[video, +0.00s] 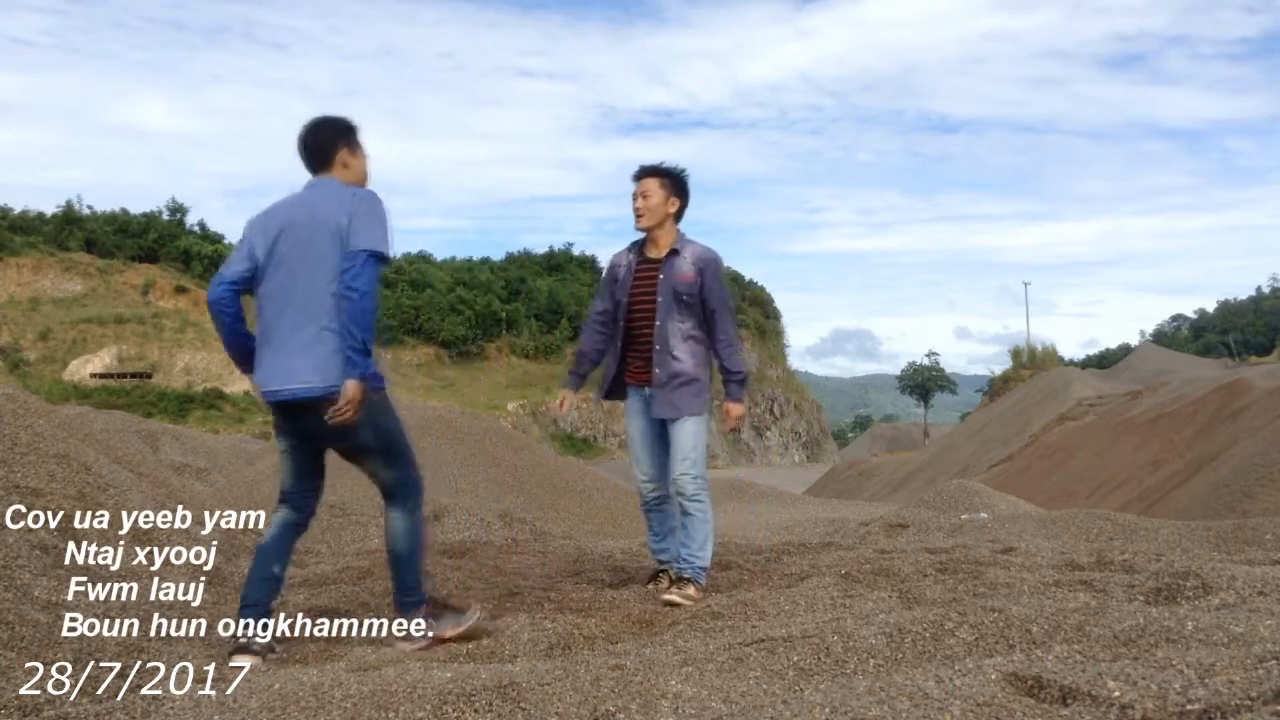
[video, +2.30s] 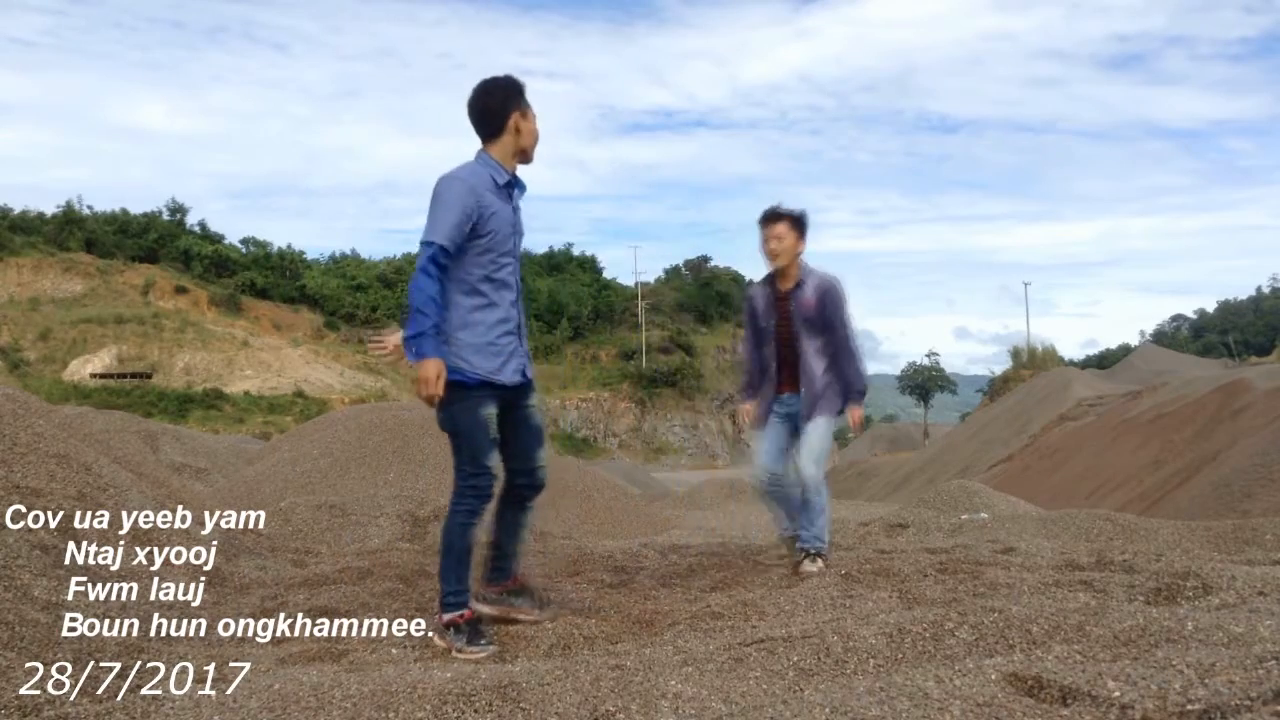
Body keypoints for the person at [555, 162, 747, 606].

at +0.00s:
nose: (636, 204)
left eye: (646, 197)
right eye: (635, 197)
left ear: (674, 204)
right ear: (637, 204)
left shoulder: (701, 261)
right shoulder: (621, 264)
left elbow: (723, 330)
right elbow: (598, 325)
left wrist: (735, 392)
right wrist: (574, 382)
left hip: (685, 391)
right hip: (637, 391)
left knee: (687, 483)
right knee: (650, 486)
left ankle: (691, 576)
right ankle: (666, 567)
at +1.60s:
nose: (686, 216)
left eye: (695, 208)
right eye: (682, 209)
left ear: (721, 210)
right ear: (679, 212)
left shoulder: (738, 265)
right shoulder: (672, 266)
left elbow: (727, 329)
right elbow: (646, 322)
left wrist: (704, 382)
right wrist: (623, 374)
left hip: (709, 395)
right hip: (662, 392)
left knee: (703, 484)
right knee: (643, 474)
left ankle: (692, 574)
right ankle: (690, 546)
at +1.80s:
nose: (722, 238)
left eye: (732, 231)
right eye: (719, 230)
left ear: (755, 240)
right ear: (714, 236)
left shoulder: (769, 296)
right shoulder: (695, 288)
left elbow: (774, 344)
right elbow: (659, 330)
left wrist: (745, 335)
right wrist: (628, 362)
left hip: (741, 403)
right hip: (697, 403)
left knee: (718, 474)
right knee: (693, 493)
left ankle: (702, 571)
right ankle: (739, 565)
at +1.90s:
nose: (729, 244)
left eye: (739, 237)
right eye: (726, 237)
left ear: (761, 247)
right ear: (720, 243)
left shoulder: (782, 300)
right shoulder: (705, 299)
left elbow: (801, 354)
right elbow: (675, 341)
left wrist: (775, 342)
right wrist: (645, 369)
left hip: (756, 404)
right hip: (712, 406)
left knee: (736, 466)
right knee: (697, 487)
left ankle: (740, 558)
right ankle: (724, 555)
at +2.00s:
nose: (742, 240)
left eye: (751, 233)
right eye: (738, 234)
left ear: (773, 239)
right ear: (734, 239)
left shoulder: (796, 291)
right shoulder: (719, 295)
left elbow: (820, 342)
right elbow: (700, 347)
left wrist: (808, 373)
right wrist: (681, 376)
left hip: (776, 400)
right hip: (728, 402)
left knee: (766, 461)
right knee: (719, 483)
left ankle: (781, 540)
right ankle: (736, 567)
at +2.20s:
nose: (762, 256)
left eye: (771, 248)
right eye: (758, 249)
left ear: (793, 253)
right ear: (754, 253)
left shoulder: (816, 301)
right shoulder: (748, 300)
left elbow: (836, 360)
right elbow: (740, 356)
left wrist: (852, 414)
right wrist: (730, 403)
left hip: (812, 408)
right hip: (768, 407)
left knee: (806, 477)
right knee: (742, 467)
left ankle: (812, 552)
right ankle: (772, 544)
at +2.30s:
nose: (771, 246)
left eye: (779, 239)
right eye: (766, 240)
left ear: (800, 242)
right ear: (762, 243)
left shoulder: (824, 287)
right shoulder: (757, 294)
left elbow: (844, 345)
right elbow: (753, 349)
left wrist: (855, 397)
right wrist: (749, 395)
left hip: (821, 399)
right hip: (778, 402)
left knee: (808, 469)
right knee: (766, 474)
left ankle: (814, 547)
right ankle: (800, 529)